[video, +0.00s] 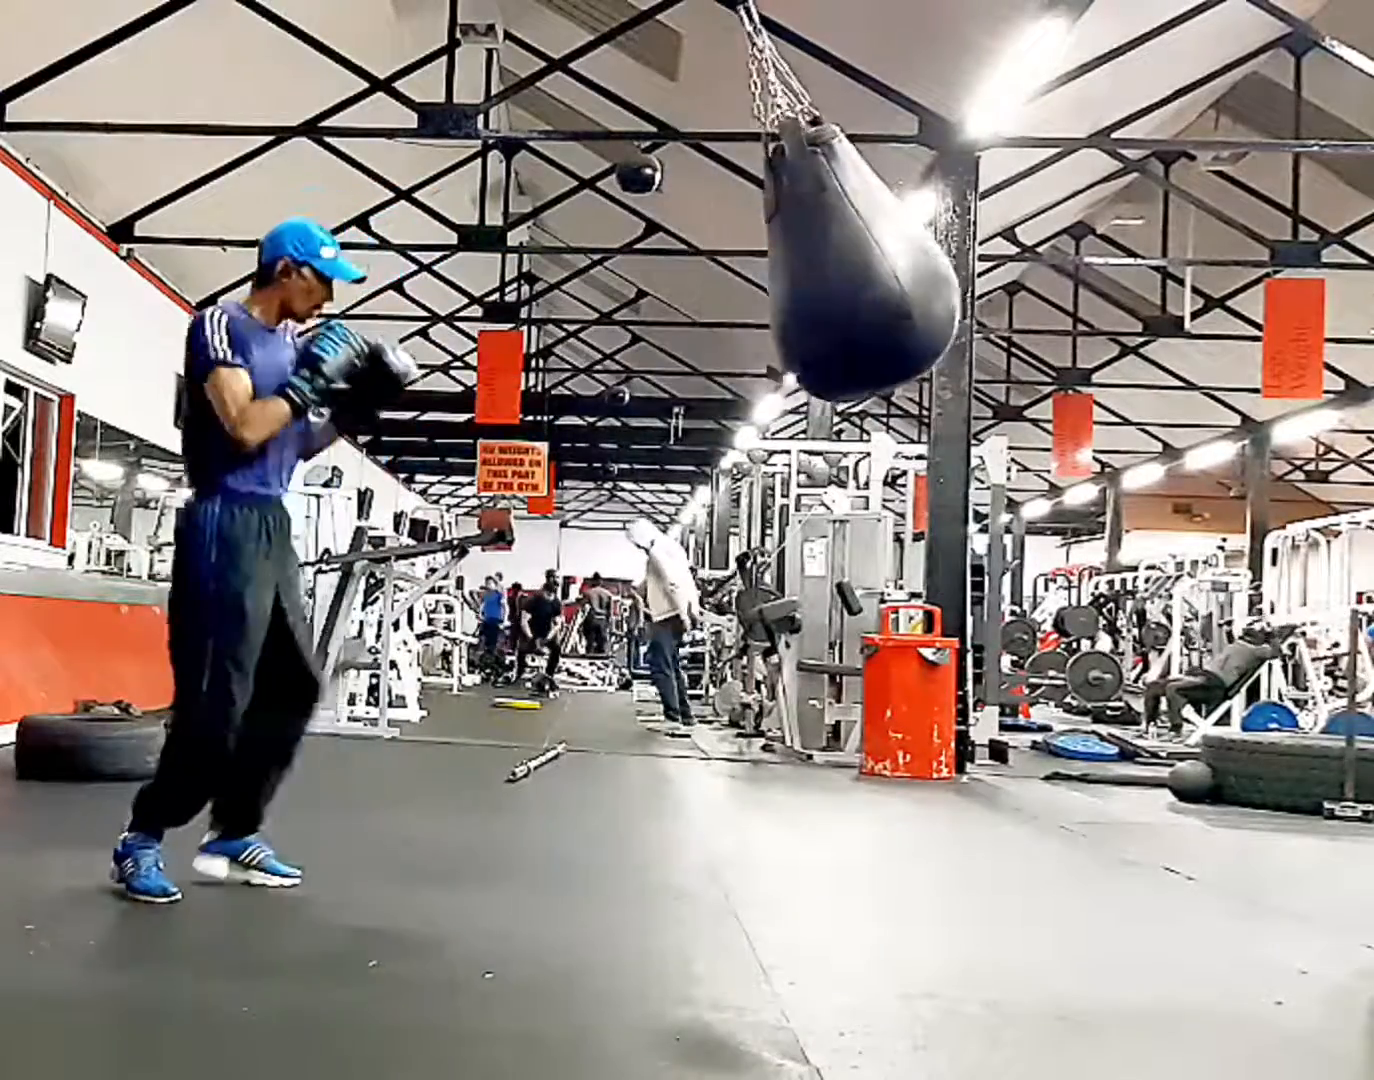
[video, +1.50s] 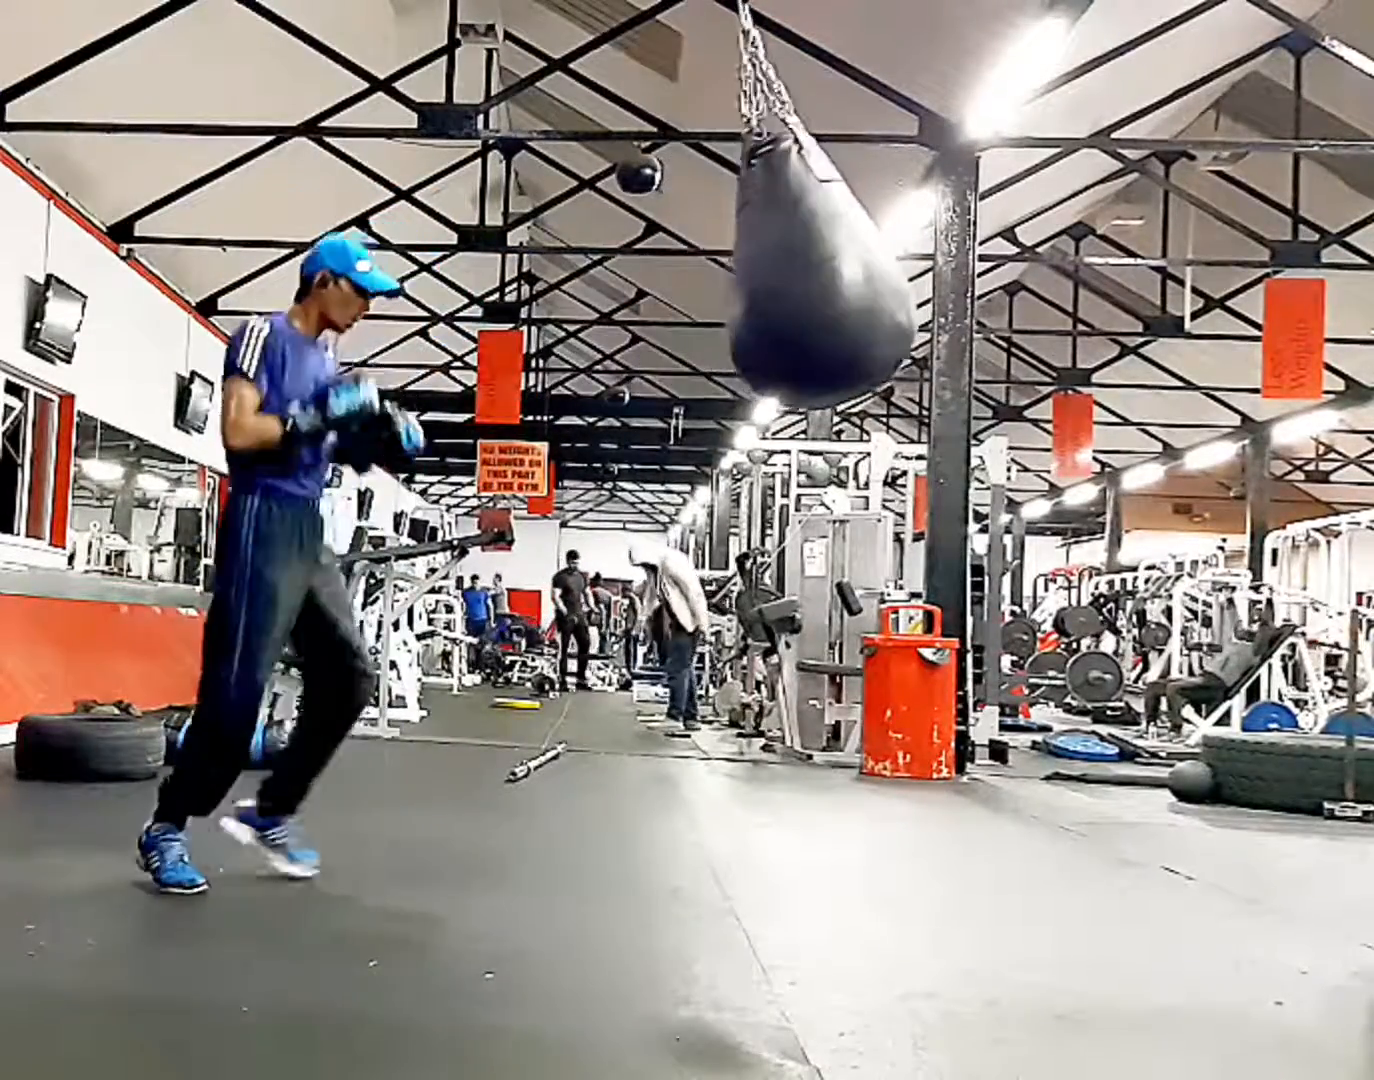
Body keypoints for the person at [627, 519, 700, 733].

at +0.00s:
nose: (638, 548)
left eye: (637, 544)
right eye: (636, 544)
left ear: (643, 538)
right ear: (651, 532)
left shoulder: (657, 553)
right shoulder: (671, 546)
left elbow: (672, 585)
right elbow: (687, 580)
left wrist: (683, 613)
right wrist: (695, 607)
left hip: (665, 616)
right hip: (676, 613)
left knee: (660, 666)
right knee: (672, 664)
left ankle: (673, 714)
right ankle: (685, 712)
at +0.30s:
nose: (645, 558)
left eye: (644, 554)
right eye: (643, 555)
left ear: (650, 548)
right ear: (655, 541)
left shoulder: (669, 562)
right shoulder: (671, 556)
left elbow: (686, 594)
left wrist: (694, 621)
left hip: (668, 625)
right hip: (676, 622)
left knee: (664, 669)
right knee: (675, 667)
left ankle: (672, 713)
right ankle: (689, 715)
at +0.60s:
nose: (646, 564)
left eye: (646, 559)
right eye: (644, 560)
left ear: (652, 554)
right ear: (658, 546)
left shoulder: (672, 568)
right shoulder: (672, 562)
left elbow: (689, 600)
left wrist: (695, 621)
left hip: (671, 627)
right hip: (674, 624)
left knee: (654, 664)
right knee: (673, 667)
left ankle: (672, 711)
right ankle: (688, 715)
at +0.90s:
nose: (641, 559)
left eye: (640, 554)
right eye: (638, 556)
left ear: (646, 548)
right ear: (648, 543)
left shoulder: (667, 562)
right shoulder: (661, 561)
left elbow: (685, 594)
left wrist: (693, 624)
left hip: (669, 624)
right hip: (673, 622)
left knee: (658, 667)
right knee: (676, 667)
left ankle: (673, 716)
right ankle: (688, 716)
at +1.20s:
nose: (637, 565)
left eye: (635, 560)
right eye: (633, 562)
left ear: (640, 554)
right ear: (640, 553)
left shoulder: (665, 559)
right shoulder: (654, 567)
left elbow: (689, 588)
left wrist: (696, 620)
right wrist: (637, 591)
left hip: (676, 624)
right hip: (664, 624)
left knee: (674, 672)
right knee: (678, 671)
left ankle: (675, 717)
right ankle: (687, 714)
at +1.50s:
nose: (645, 569)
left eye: (644, 564)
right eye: (641, 566)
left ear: (650, 556)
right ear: (642, 562)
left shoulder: (674, 563)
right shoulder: (653, 575)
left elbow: (694, 591)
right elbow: (648, 605)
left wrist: (702, 623)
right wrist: (640, 627)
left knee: (677, 669)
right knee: (683, 670)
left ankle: (676, 713)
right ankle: (690, 714)